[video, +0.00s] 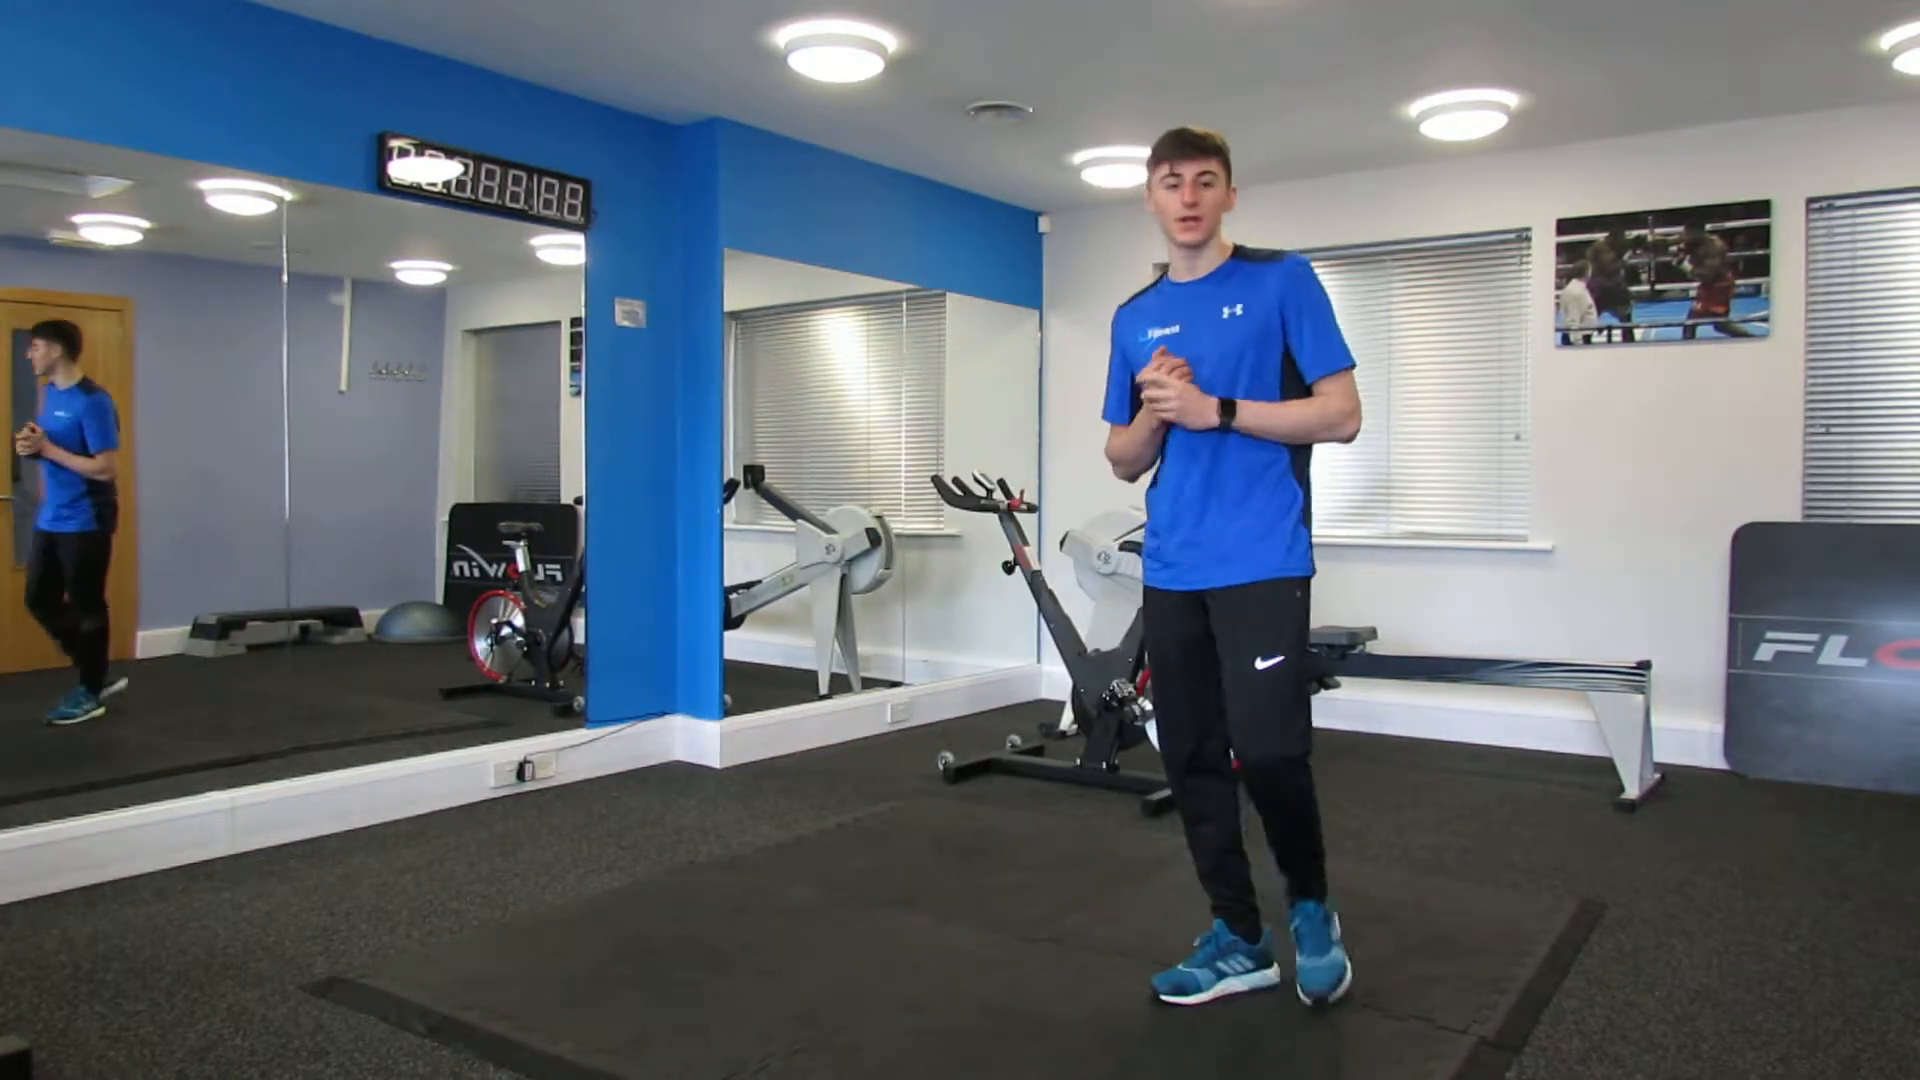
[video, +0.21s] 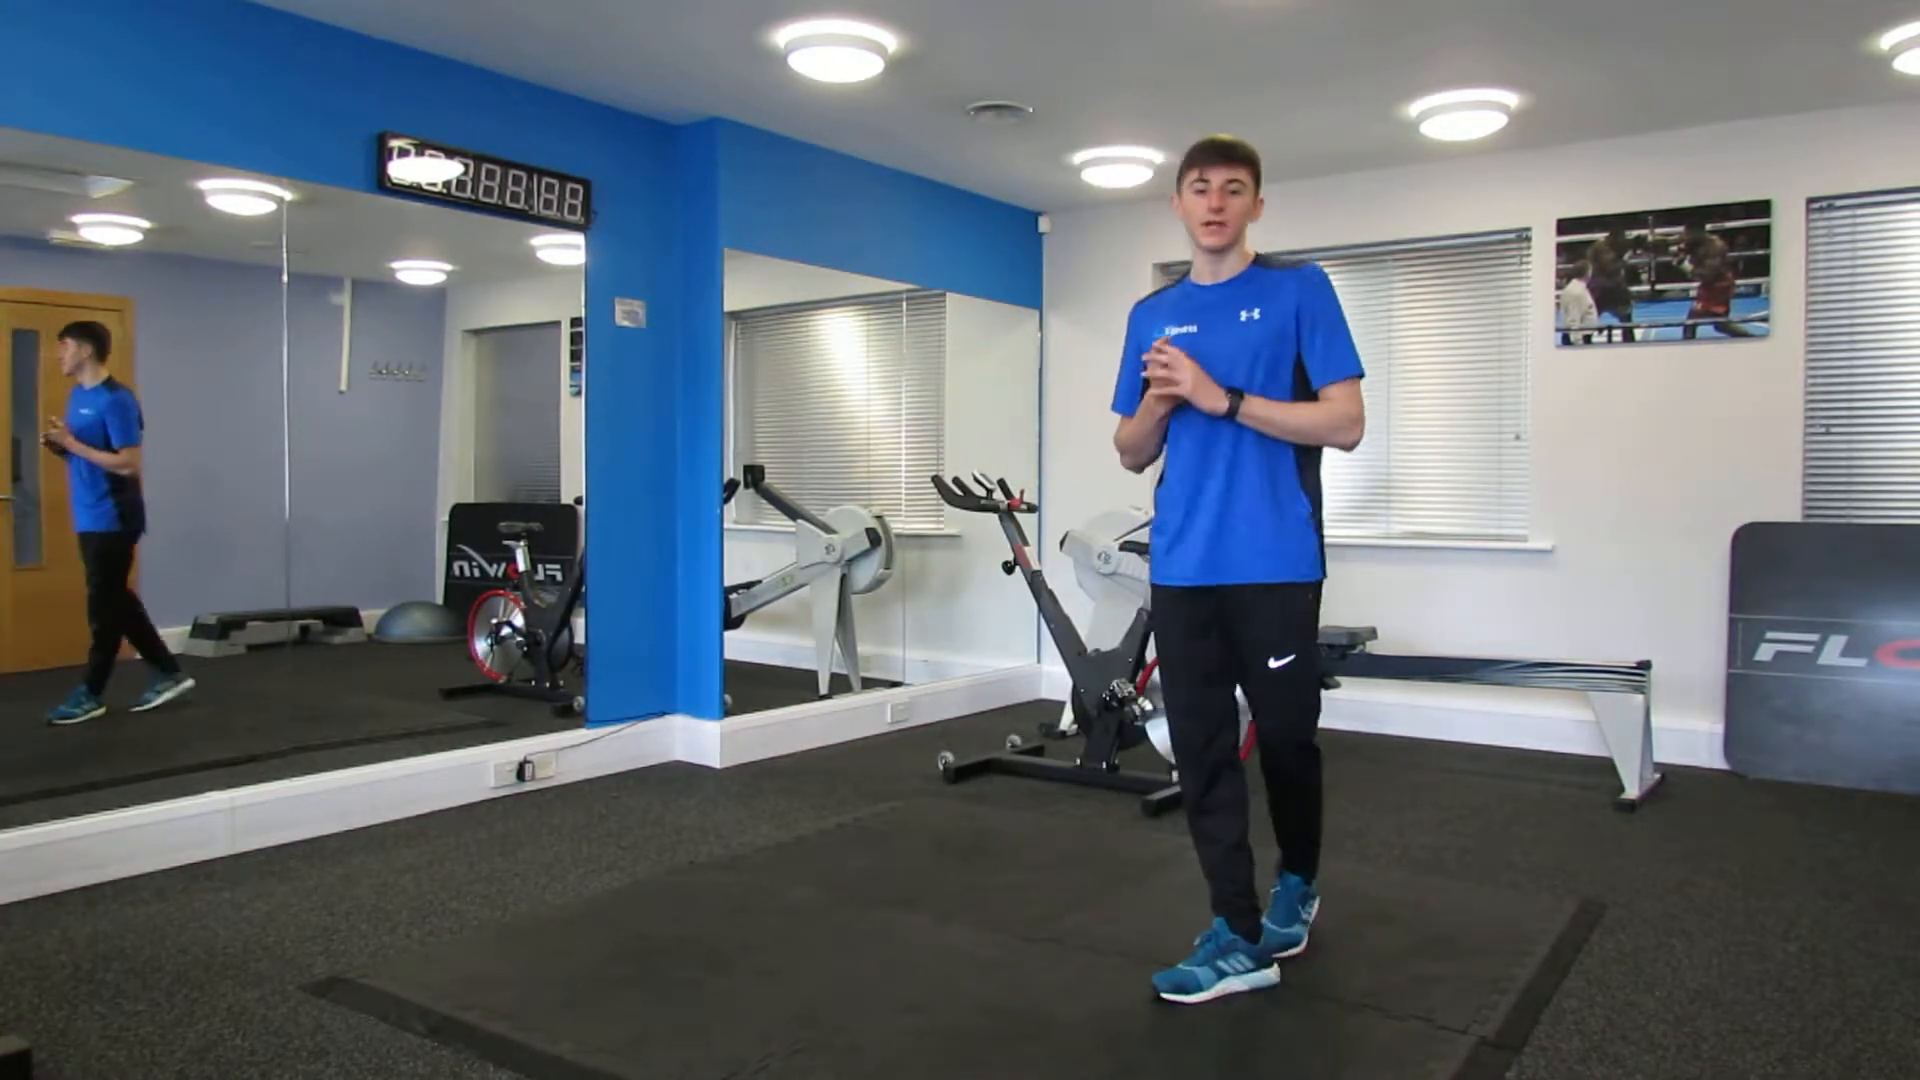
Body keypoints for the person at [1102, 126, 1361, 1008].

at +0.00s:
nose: (1187, 196)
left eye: (1203, 182)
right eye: (1171, 183)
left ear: (1230, 196)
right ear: (1150, 200)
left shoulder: (1283, 280)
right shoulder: (1133, 318)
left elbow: (1342, 412)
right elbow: (1122, 460)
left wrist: (1215, 408)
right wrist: (1154, 414)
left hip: (1262, 560)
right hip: (1171, 566)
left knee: (1268, 751)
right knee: (1194, 757)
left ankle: (1308, 911)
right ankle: (1238, 935)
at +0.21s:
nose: (1215, 201)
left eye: (1232, 189)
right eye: (1201, 189)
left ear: (1257, 207)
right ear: (1178, 207)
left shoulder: (1300, 288)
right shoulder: (1151, 315)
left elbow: (1346, 422)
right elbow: (1131, 453)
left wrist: (1223, 401)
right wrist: (1160, 397)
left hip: (1275, 557)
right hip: (1182, 561)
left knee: (1285, 739)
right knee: (1202, 752)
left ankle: (1297, 879)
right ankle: (1236, 932)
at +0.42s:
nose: (1247, 224)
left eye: (1265, 215)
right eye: (1234, 210)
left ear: (1286, 232)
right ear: (1209, 223)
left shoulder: (1315, 325)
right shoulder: (1171, 317)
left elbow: (1350, 460)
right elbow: (1154, 442)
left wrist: (1234, 439)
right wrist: (1165, 419)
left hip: (1276, 573)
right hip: (1184, 567)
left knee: (1287, 734)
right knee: (1175, 720)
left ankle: (1292, 893)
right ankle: (1216, 910)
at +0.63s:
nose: (1227, 226)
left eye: (1246, 215)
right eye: (1217, 210)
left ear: (1270, 230)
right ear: (1194, 219)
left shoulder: (1302, 318)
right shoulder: (1160, 316)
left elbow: (1338, 443)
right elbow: (1146, 434)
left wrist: (1229, 431)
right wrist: (1161, 416)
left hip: (1263, 564)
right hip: (1172, 552)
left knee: (1284, 725)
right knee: (1127, 697)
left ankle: (1290, 886)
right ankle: (1133, 869)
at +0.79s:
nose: (1189, 225)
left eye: (1207, 216)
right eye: (1179, 211)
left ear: (1230, 234)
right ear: (1159, 223)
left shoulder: (1264, 318)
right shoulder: (1131, 322)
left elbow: (1308, 438)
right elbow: (1119, 443)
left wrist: (1200, 429)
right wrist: (1134, 421)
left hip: (1237, 564)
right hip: (1150, 555)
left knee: (1272, 723)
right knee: (1112, 703)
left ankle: (1290, 885)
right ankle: (1102, 866)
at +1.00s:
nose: (1118, 233)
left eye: (1135, 222)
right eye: (1111, 222)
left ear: (1169, 237)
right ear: (1100, 236)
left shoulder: (1200, 316)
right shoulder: (1090, 329)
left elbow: (1247, 435)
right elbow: (1086, 454)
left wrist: (1133, 427)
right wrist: (1069, 424)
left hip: (1183, 558)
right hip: (1112, 555)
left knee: (1206, 721)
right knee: (1095, 710)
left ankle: (1267, 879)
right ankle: (1096, 866)